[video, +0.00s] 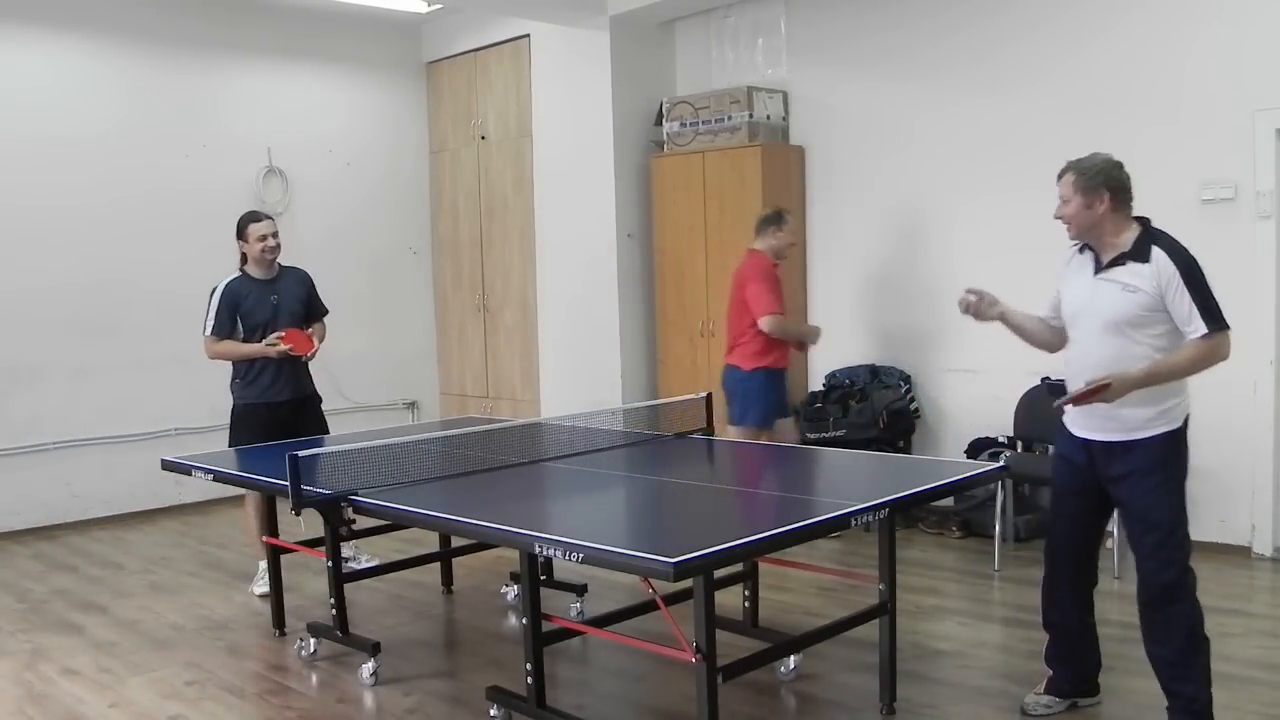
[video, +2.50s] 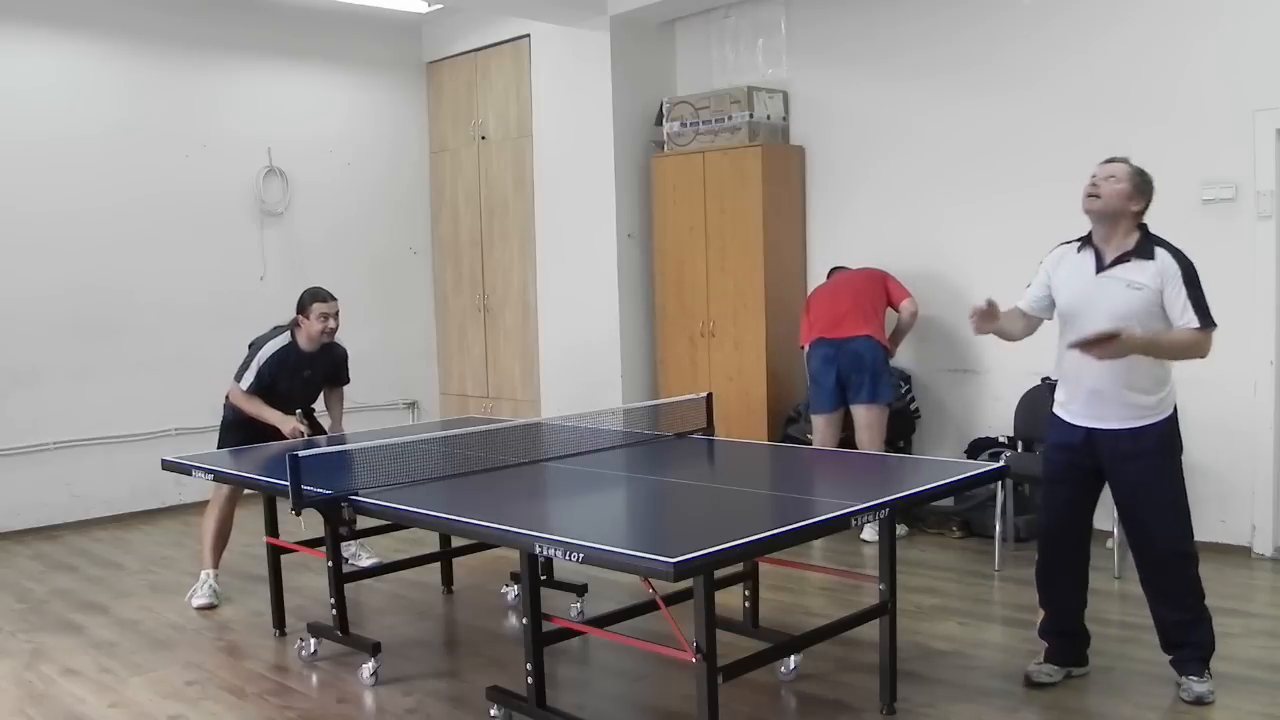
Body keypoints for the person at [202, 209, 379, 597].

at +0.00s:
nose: (272, 243)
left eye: (274, 236)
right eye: (262, 238)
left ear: (279, 238)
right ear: (243, 246)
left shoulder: (298, 279)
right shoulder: (229, 290)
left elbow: (317, 323)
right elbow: (214, 348)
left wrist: (311, 339)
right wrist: (263, 349)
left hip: (302, 402)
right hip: (255, 408)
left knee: (326, 474)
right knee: (257, 488)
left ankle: (342, 549)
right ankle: (267, 565)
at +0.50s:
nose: (310, 252)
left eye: (314, 245)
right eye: (302, 246)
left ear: (319, 248)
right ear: (282, 250)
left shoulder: (333, 289)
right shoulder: (262, 292)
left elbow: (347, 334)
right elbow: (239, 343)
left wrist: (337, 353)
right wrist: (282, 353)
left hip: (322, 405)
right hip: (274, 408)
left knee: (340, 476)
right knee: (268, 490)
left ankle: (348, 547)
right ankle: (267, 564)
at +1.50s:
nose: (310, 303)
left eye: (315, 296)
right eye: (302, 296)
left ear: (319, 296)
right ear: (280, 296)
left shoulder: (322, 334)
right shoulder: (250, 327)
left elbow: (325, 372)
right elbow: (216, 369)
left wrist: (312, 406)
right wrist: (248, 400)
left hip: (291, 413)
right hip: (242, 413)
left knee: (331, 471)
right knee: (227, 489)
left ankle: (342, 548)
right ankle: (215, 577)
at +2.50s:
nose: (332, 324)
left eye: (335, 317)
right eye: (323, 318)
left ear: (338, 318)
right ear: (302, 320)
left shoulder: (335, 354)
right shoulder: (271, 348)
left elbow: (333, 390)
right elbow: (236, 394)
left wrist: (337, 430)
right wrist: (281, 420)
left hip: (294, 417)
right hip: (247, 417)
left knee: (337, 465)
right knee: (228, 487)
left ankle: (345, 544)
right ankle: (208, 576)